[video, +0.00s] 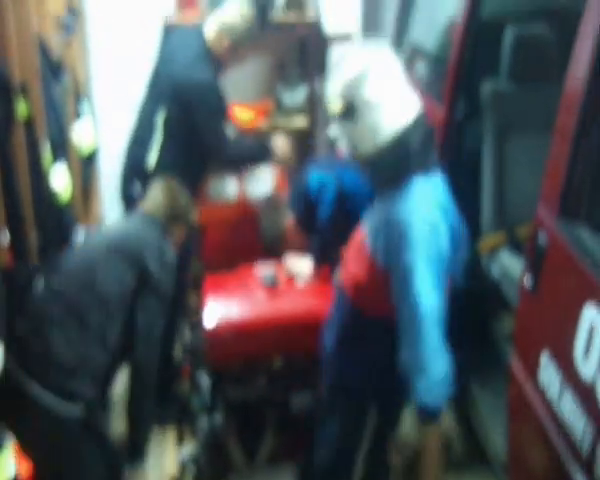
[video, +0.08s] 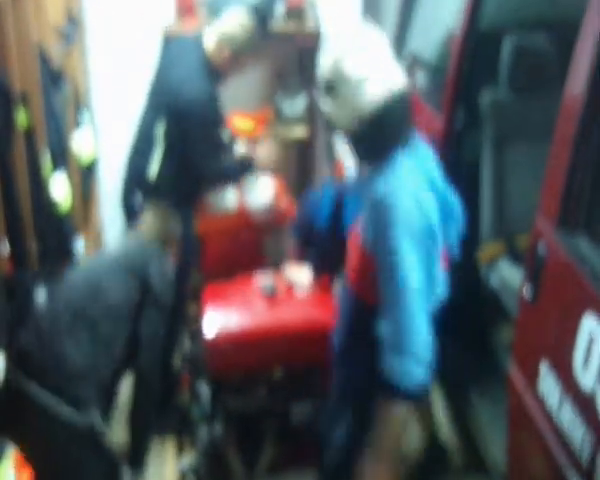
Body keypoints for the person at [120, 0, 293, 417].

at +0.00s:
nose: (241, 55)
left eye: (244, 46)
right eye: (241, 46)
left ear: (214, 26)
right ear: (226, 38)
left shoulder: (180, 42)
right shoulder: (198, 78)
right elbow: (218, 150)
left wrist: (242, 131)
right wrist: (267, 147)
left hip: (144, 183)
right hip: (167, 196)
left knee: (155, 291)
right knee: (170, 298)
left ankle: (155, 387)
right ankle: (161, 397)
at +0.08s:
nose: (238, 65)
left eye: (242, 56)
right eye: (239, 56)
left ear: (216, 33)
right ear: (226, 47)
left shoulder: (181, 48)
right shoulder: (196, 91)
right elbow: (206, 169)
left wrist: (220, 134)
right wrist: (248, 160)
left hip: (148, 189)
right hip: (167, 205)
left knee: (148, 294)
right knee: (166, 308)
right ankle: (154, 408)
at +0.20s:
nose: (238, 79)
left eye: (242, 70)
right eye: (238, 70)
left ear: (217, 44)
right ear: (225, 60)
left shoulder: (180, 61)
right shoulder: (193, 106)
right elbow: (196, 188)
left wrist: (222, 159)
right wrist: (237, 181)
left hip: (150, 208)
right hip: (165, 223)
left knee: (156, 313)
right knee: (168, 320)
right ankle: (157, 418)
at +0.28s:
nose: (236, 87)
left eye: (240, 78)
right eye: (236, 78)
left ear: (215, 45)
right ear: (223, 66)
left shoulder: (177, 65)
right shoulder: (192, 119)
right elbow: (190, 197)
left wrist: (213, 159)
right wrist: (233, 195)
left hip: (144, 209)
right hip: (166, 230)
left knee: (158, 314)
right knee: (170, 326)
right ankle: (156, 421)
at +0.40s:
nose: (236, 91)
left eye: (241, 82)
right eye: (237, 81)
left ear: (213, 52)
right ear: (223, 70)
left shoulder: (178, 72)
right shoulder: (191, 126)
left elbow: (179, 137)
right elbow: (197, 207)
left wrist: (212, 159)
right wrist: (245, 205)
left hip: (145, 220)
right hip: (163, 239)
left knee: (155, 330)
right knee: (167, 341)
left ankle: (150, 427)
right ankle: (153, 441)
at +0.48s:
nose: (239, 91)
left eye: (244, 81)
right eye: (240, 81)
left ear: (212, 55)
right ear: (224, 71)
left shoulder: (176, 74)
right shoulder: (192, 128)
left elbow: (177, 141)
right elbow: (199, 207)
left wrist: (212, 161)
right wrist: (251, 205)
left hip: (143, 224)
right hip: (163, 242)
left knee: (154, 334)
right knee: (165, 346)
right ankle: (152, 448)